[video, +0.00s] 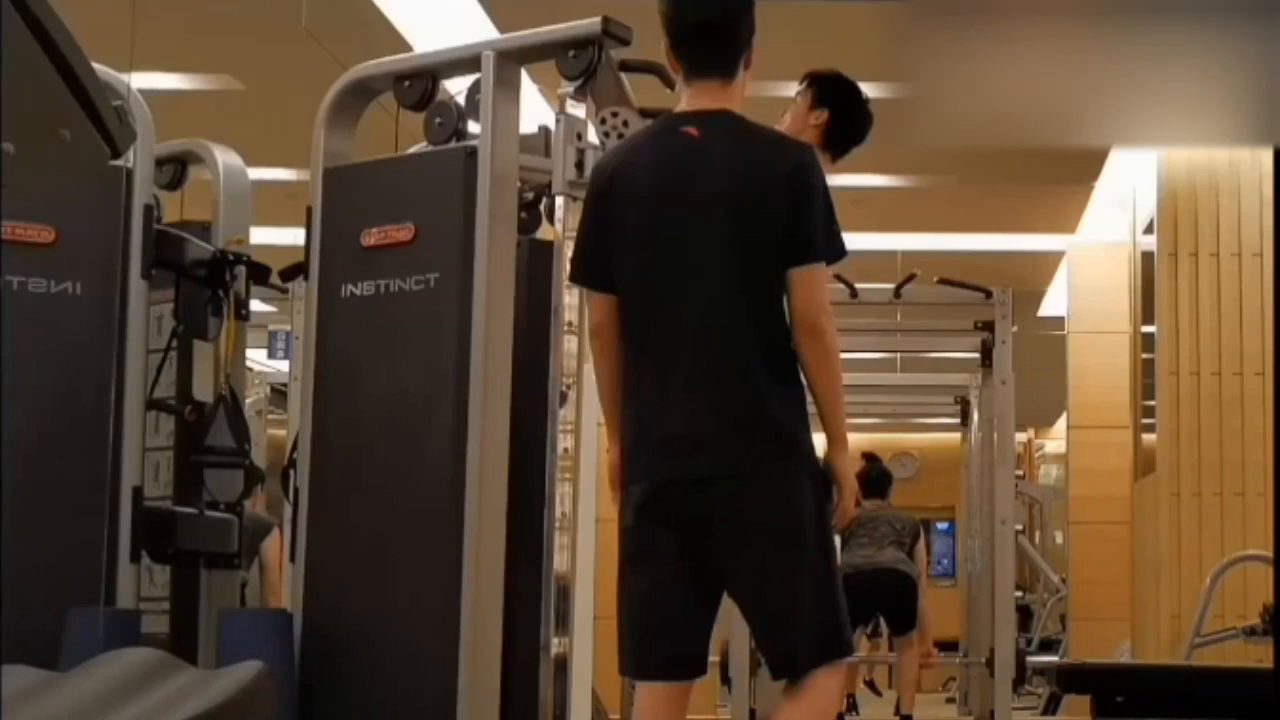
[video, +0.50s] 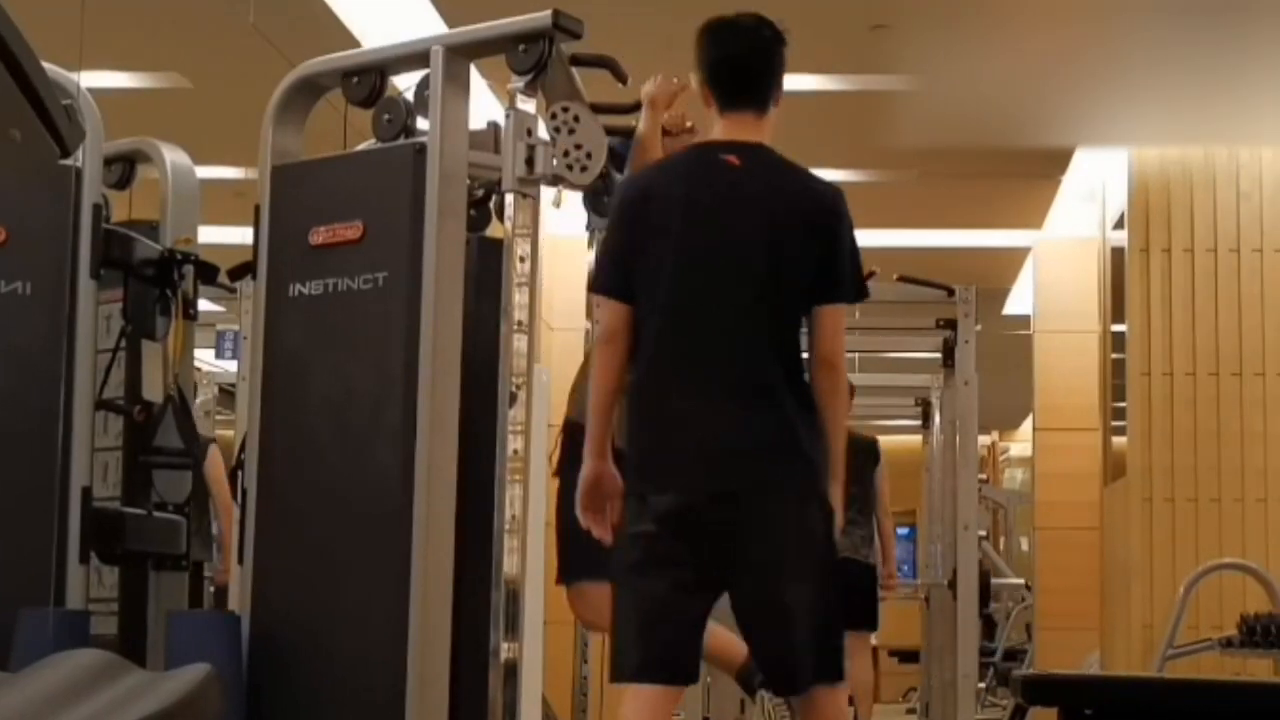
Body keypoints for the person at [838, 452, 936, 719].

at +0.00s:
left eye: (859, 486)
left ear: (860, 490)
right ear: (889, 489)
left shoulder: (850, 520)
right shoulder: (909, 523)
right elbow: (921, 581)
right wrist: (926, 640)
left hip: (855, 580)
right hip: (899, 579)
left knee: (847, 642)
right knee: (906, 646)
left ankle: (848, 700)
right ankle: (905, 712)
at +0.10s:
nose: (835, 482)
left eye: (836, 478)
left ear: (837, 482)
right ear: (869, 481)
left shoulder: (828, 513)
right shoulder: (891, 517)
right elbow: (902, 578)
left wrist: (822, 499)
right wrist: (907, 637)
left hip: (835, 577)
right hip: (879, 578)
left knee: (823, 644)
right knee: (886, 648)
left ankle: (827, 708)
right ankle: (885, 714)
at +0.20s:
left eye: (818, 449)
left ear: (815, 453)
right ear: (848, 452)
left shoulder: (802, 493)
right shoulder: (869, 492)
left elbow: (792, 547)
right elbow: (881, 553)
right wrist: (887, 605)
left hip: (814, 576)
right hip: (859, 576)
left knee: (804, 653)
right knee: (863, 650)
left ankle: (803, 714)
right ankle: (864, 714)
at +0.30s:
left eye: (820, 433)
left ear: (816, 436)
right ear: (849, 436)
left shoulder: (804, 477)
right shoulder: (868, 477)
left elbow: (794, 534)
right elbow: (882, 542)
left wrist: (794, 581)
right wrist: (888, 591)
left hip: (815, 572)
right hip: (858, 571)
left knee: (816, 651)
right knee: (862, 648)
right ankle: (864, 714)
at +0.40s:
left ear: (820, 408)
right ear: (850, 409)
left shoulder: (805, 450)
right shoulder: (868, 453)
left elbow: (797, 513)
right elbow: (883, 517)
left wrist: (794, 561)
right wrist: (890, 569)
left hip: (814, 563)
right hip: (857, 564)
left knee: (817, 651)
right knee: (860, 647)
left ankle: (819, 715)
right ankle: (865, 714)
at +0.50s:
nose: (841, 404)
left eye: (842, 397)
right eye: (843, 397)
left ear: (821, 404)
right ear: (850, 403)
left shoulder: (807, 445)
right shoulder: (867, 446)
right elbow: (882, 509)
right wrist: (890, 562)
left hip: (815, 559)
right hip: (857, 560)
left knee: (821, 649)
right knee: (859, 647)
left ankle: (828, 712)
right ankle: (863, 713)